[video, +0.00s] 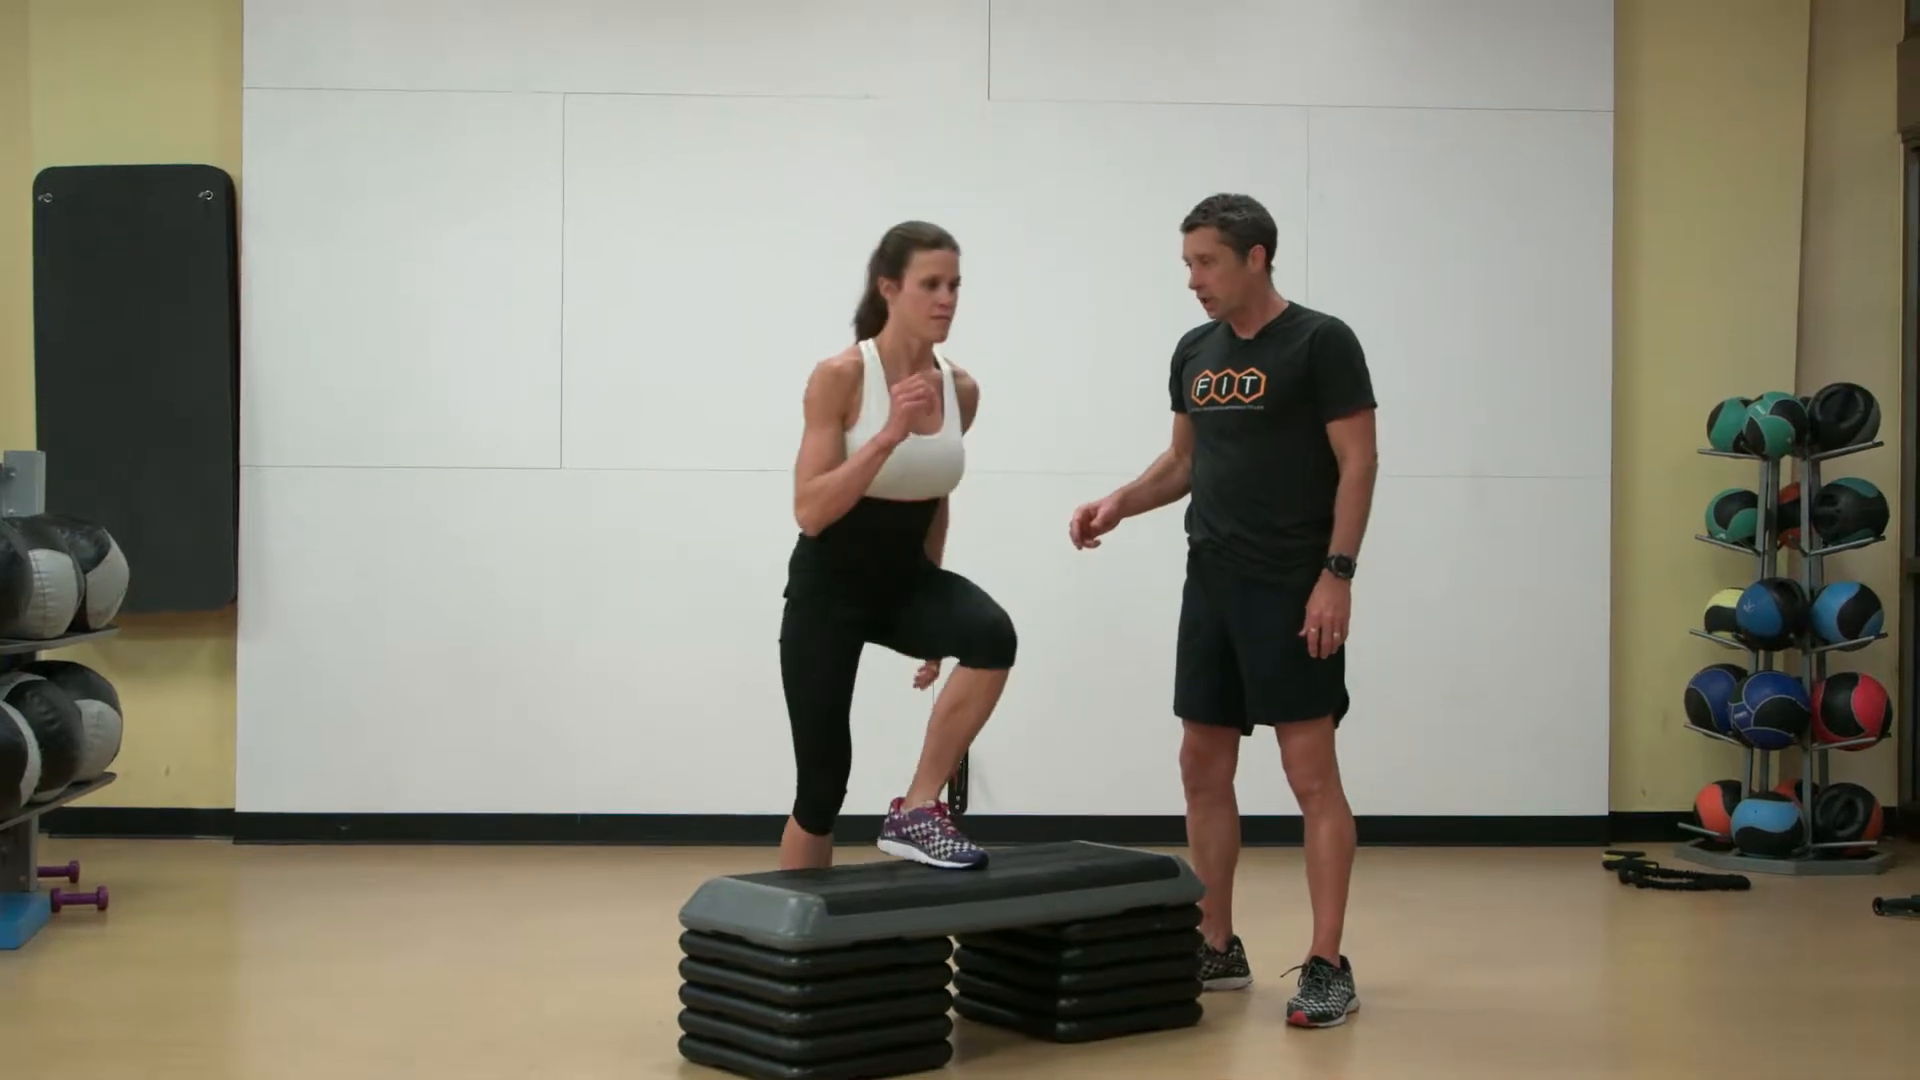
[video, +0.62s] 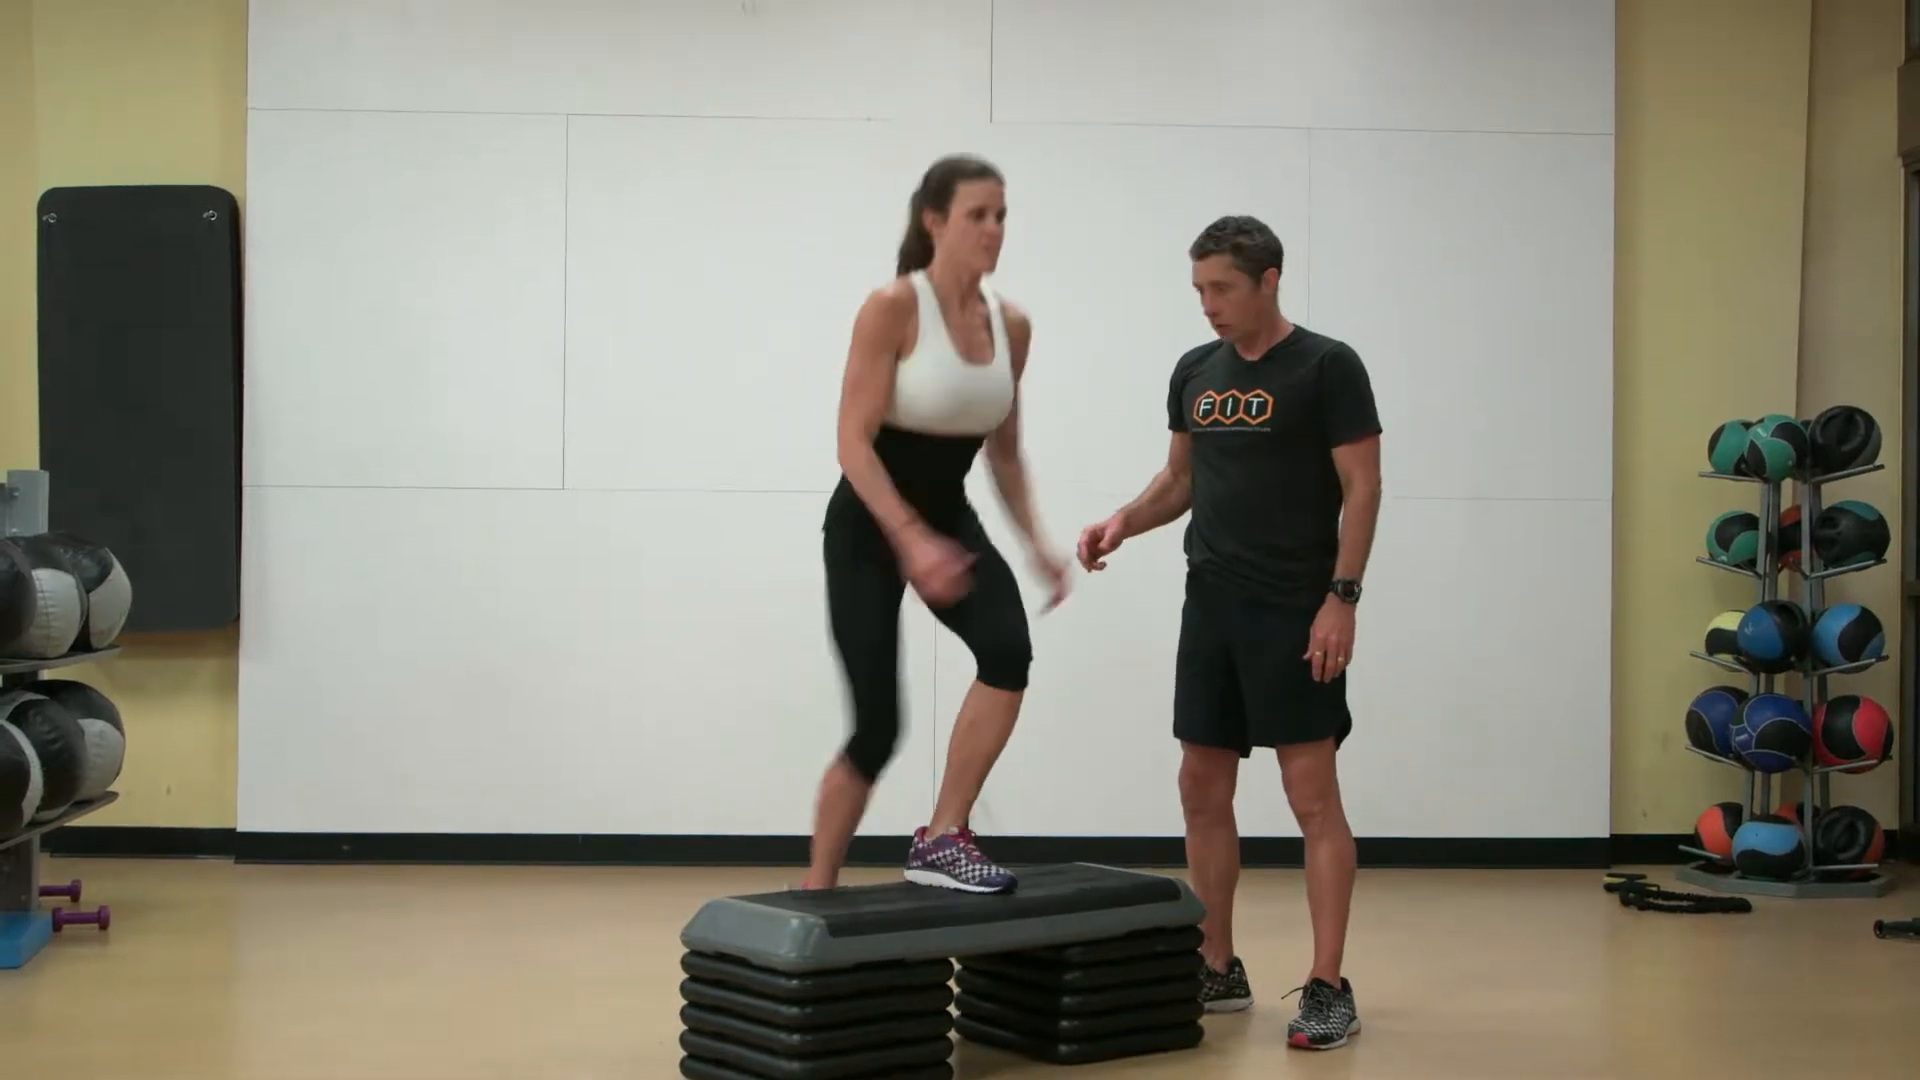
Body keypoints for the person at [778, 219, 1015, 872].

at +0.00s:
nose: (948, 299)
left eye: (954, 284)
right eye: (932, 284)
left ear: (958, 290)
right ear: (888, 288)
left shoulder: (958, 390)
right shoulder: (840, 378)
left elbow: (935, 508)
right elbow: (811, 511)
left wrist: (932, 626)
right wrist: (891, 434)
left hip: (906, 582)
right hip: (828, 587)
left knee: (992, 637)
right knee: (823, 792)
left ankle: (917, 809)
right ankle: (794, 951)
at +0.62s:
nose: (995, 230)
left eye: (1000, 216)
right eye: (979, 216)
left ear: (1003, 224)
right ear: (932, 222)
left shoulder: (1008, 327)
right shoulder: (891, 310)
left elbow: (1004, 452)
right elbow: (852, 443)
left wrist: (1036, 542)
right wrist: (911, 537)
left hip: (945, 509)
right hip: (871, 511)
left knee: (1007, 654)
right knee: (878, 726)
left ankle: (942, 838)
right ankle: (815, 895)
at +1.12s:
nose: (994, 90)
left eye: (1002, 75)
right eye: (978, 73)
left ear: (1005, 86)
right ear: (932, 78)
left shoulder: (1020, 188)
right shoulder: (879, 173)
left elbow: (1104, 291)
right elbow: (803, 279)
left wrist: (1079, 187)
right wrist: (756, 388)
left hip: (966, 396)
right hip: (884, 381)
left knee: (971, 613)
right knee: (1018, 370)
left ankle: (972, 816)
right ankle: (917, 527)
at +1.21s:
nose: (994, 133)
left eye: (1001, 118)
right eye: (978, 116)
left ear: (1004, 129)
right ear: (933, 122)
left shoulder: (1019, 232)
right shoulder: (882, 218)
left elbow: (1089, 352)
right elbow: (809, 329)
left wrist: (1084, 261)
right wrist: (776, 452)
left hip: (962, 440)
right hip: (882, 428)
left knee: (984, 645)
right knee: (1008, 476)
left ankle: (955, 848)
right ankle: (897, 604)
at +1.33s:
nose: (993, 172)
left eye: (999, 158)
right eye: (978, 157)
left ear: (1001, 167)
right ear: (933, 161)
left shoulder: (1002, 271)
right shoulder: (888, 254)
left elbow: (1012, 402)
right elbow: (830, 387)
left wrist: (1059, 419)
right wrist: (852, 499)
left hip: (955, 481)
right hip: (878, 479)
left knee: (999, 655)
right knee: (939, 643)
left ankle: (954, 852)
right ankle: (836, 766)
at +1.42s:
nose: (985, 193)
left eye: (991, 180)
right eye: (970, 178)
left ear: (992, 187)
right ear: (923, 182)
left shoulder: (989, 289)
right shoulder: (880, 277)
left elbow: (976, 415)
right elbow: (833, 407)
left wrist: (1017, 499)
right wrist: (915, 473)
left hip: (946, 506)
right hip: (864, 503)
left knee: (1002, 659)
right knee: (877, 701)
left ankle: (955, 853)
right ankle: (802, 861)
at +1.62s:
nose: (939, 323)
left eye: (946, 308)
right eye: (924, 307)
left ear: (952, 312)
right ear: (879, 307)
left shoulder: (945, 405)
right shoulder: (834, 401)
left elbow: (913, 514)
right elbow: (848, 525)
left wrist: (890, 624)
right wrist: (904, 436)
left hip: (901, 609)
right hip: (829, 618)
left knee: (1003, 668)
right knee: (816, 818)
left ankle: (955, 856)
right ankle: (774, 974)